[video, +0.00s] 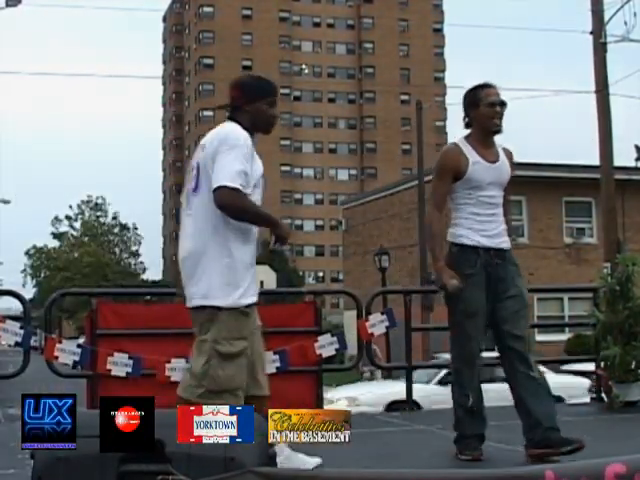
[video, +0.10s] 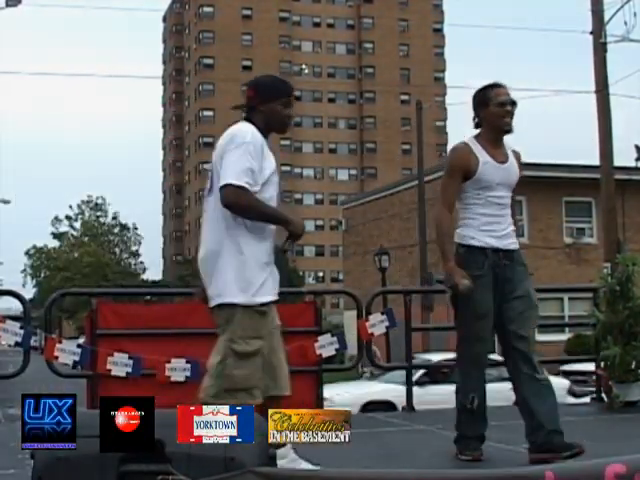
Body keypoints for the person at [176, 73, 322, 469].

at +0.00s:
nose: (275, 113)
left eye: (275, 105)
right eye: (269, 105)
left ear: (241, 107)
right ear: (245, 106)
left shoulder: (219, 140)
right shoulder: (233, 138)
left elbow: (209, 209)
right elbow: (227, 197)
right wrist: (273, 222)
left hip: (228, 284)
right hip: (221, 286)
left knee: (253, 378)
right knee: (211, 385)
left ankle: (267, 448)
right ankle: (191, 462)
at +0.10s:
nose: (291, 114)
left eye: (291, 107)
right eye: (285, 106)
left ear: (263, 107)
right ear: (261, 105)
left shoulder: (253, 142)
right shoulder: (243, 137)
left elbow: (236, 206)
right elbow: (233, 195)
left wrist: (277, 231)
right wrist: (285, 219)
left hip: (252, 279)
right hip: (238, 280)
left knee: (271, 375)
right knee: (235, 376)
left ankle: (279, 449)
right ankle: (203, 453)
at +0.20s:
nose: (303, 119)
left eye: (304, 111)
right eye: (300, 111)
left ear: (277, 108)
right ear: (277, 107)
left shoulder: (265, 142)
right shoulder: (253, 137)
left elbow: (252, 208)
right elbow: (241, 195)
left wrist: (295, 226)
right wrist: (297, 214)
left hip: (268, 276)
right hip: (256, 277)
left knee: (279, 373)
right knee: (272, 370)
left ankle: (268, 451)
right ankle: (223, 447)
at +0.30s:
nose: (316, 115)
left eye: (317, 107)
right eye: (310, 107)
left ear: (295, 105)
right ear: (286, 103)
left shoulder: (283, 145)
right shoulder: (262, 135)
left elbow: (281, 222)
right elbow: (249, 195)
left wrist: (305, 268)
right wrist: (307, 209)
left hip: (281, 267)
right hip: (267, 266)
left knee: (284, 358)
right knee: (301, 351)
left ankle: (269, 448)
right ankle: (274, 447)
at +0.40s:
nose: (326, 110)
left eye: (327, 102)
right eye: (320, 102)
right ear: (293, 101)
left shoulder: (300, 148)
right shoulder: (272, 135)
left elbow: (315, 224)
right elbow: (259, 195)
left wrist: (354, 257)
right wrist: (319, 207)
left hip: (288, 269)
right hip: (279, 269)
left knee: (285, 369)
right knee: (315, 360)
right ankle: (307, 455)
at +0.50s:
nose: (338, 111)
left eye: (338, 104)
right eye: (331, 104)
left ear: (318, 105)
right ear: (305, 102)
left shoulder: (313, 148)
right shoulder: (280, 136)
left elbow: (332, 216)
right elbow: (271, 197)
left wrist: (385, 240)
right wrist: (328, 205)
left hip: (299, 271)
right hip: (283, 271)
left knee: (287, 369)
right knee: (323, 360)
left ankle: (285, 453)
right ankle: (329, 450)